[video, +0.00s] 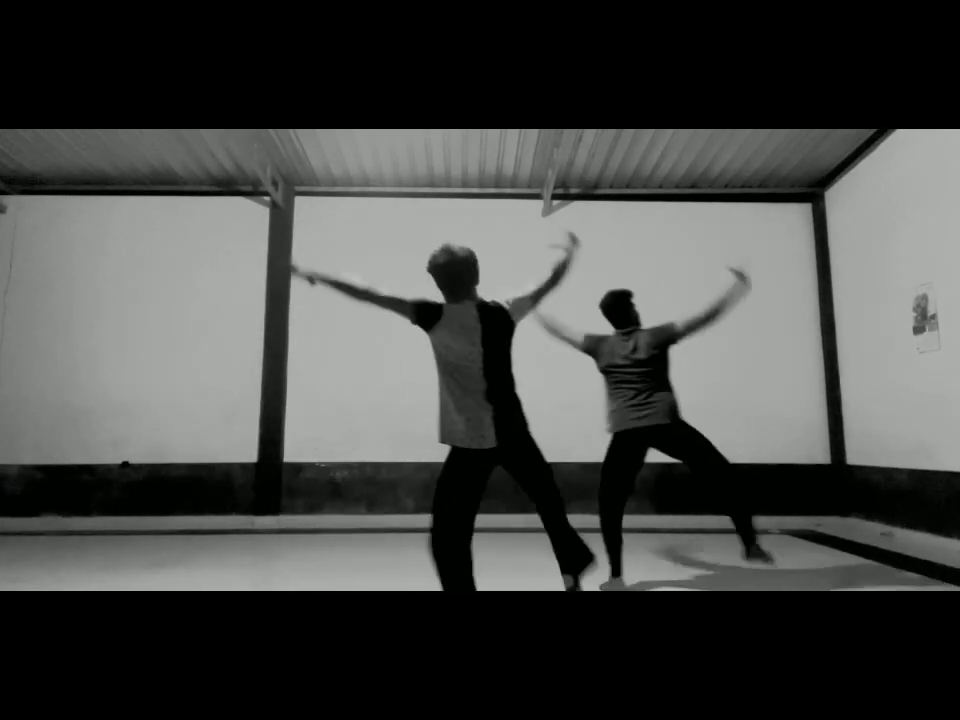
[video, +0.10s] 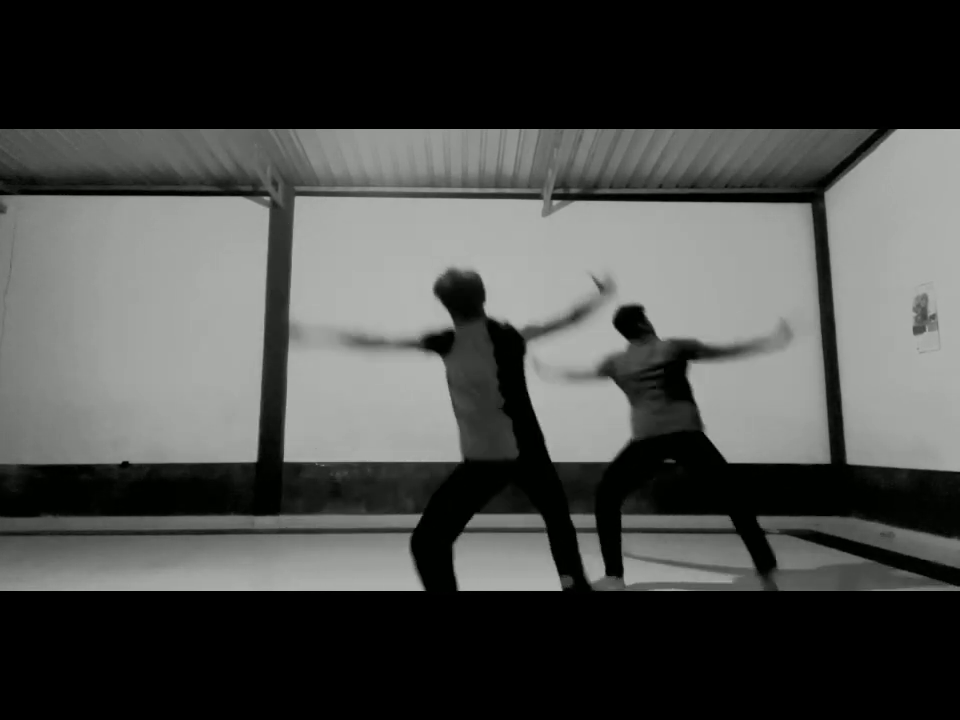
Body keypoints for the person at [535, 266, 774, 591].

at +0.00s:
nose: (637, 310)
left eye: (630, 306)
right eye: (633, 306)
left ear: (609, 319)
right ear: (632, 311)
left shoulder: (600, 346)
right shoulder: (656, 336)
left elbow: (559, 331)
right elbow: (707, 317)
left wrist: (535, 309)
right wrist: (739, 287)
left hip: (626, 434)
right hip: (666, 427)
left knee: (609, 498)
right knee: (721, 472)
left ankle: (615, 574)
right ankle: (751, 546)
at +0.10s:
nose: (650, 323)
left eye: (642, 321)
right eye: (647, 319)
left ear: (622, 332)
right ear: (645, 322)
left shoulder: (615, 364)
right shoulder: (674, 348)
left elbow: (578, 374)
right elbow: (726, 351)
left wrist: (547, 371)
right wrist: (770, 341)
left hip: (645, 444)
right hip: (689, 438)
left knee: (607, 496)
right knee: (734, 496)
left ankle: (613, 575)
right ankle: (767, 571)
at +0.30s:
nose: (644, 352)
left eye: (637, 350)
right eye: (647, 345)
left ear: (637, 355)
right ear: (659, 343)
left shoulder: (641, 392)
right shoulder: (693, 369)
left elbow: (637, 435)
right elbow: (709, 403)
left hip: (675, 461)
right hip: (720, 457)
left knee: (619, 501)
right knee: (753, 509)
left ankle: (613, 578)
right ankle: (761, 577)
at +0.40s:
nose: (636, 343)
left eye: (637, 337)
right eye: (636, 337)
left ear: (647, 340)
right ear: (663, 336)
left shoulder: (644, 380)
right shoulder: (689, 360)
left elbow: (630, 414)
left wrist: (614, 429)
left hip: (678, 455)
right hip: (716, 451)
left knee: (627, 498)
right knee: (733, 511)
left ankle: (634, 578)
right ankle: (763, 571)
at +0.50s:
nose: (641, 331)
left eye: (646, 325)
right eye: (640, 325)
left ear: (659, 328)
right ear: (662, 329)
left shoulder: (658, 354)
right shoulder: (666, 351)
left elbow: (620, 370)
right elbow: (627, 361)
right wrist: (595, 353)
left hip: (680, 441)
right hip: (693, 438)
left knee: (642, 504)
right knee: (701, 506)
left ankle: (671, 577)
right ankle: (766, 561)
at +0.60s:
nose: (643, 324)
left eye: (650, 319)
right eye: (640, 318)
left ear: (659, 324)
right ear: (636, 320)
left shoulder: (661, 348)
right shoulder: (636, 352)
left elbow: (636, 346)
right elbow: (603, 329)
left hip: (673, 439)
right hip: (659, 441)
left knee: (648, 507)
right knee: (670, 510)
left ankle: (669, 578)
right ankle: (730, 534)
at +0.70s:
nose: (639, 312)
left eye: (645, 309)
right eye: (635, 308)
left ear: (652, 316)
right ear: (627, 316)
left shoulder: (664, 344)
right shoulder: (615, 345)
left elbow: (678, 314)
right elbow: (604, 313)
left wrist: (649, 288)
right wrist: (631, 297)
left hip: (664, 434)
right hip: (632, 434)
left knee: (656, 502)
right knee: (615, 493)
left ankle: (663, 574)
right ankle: (659, 528)